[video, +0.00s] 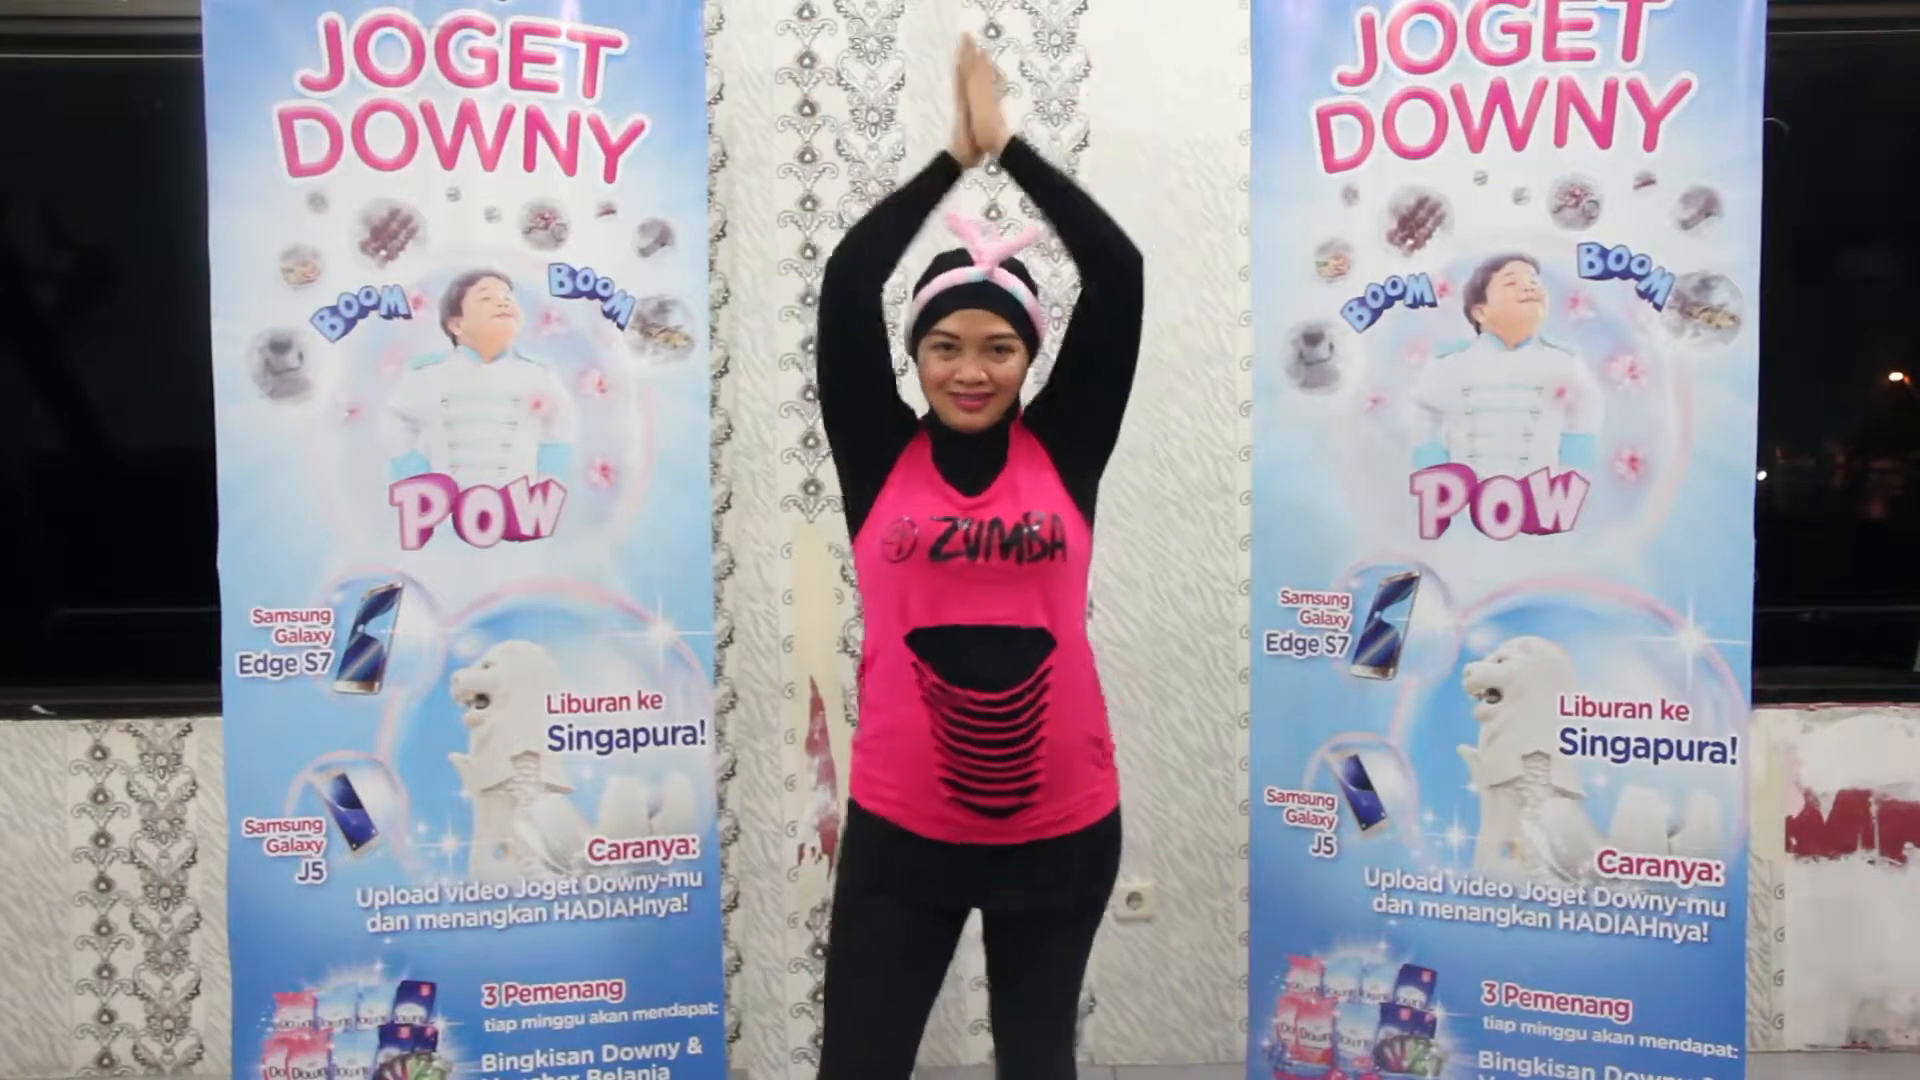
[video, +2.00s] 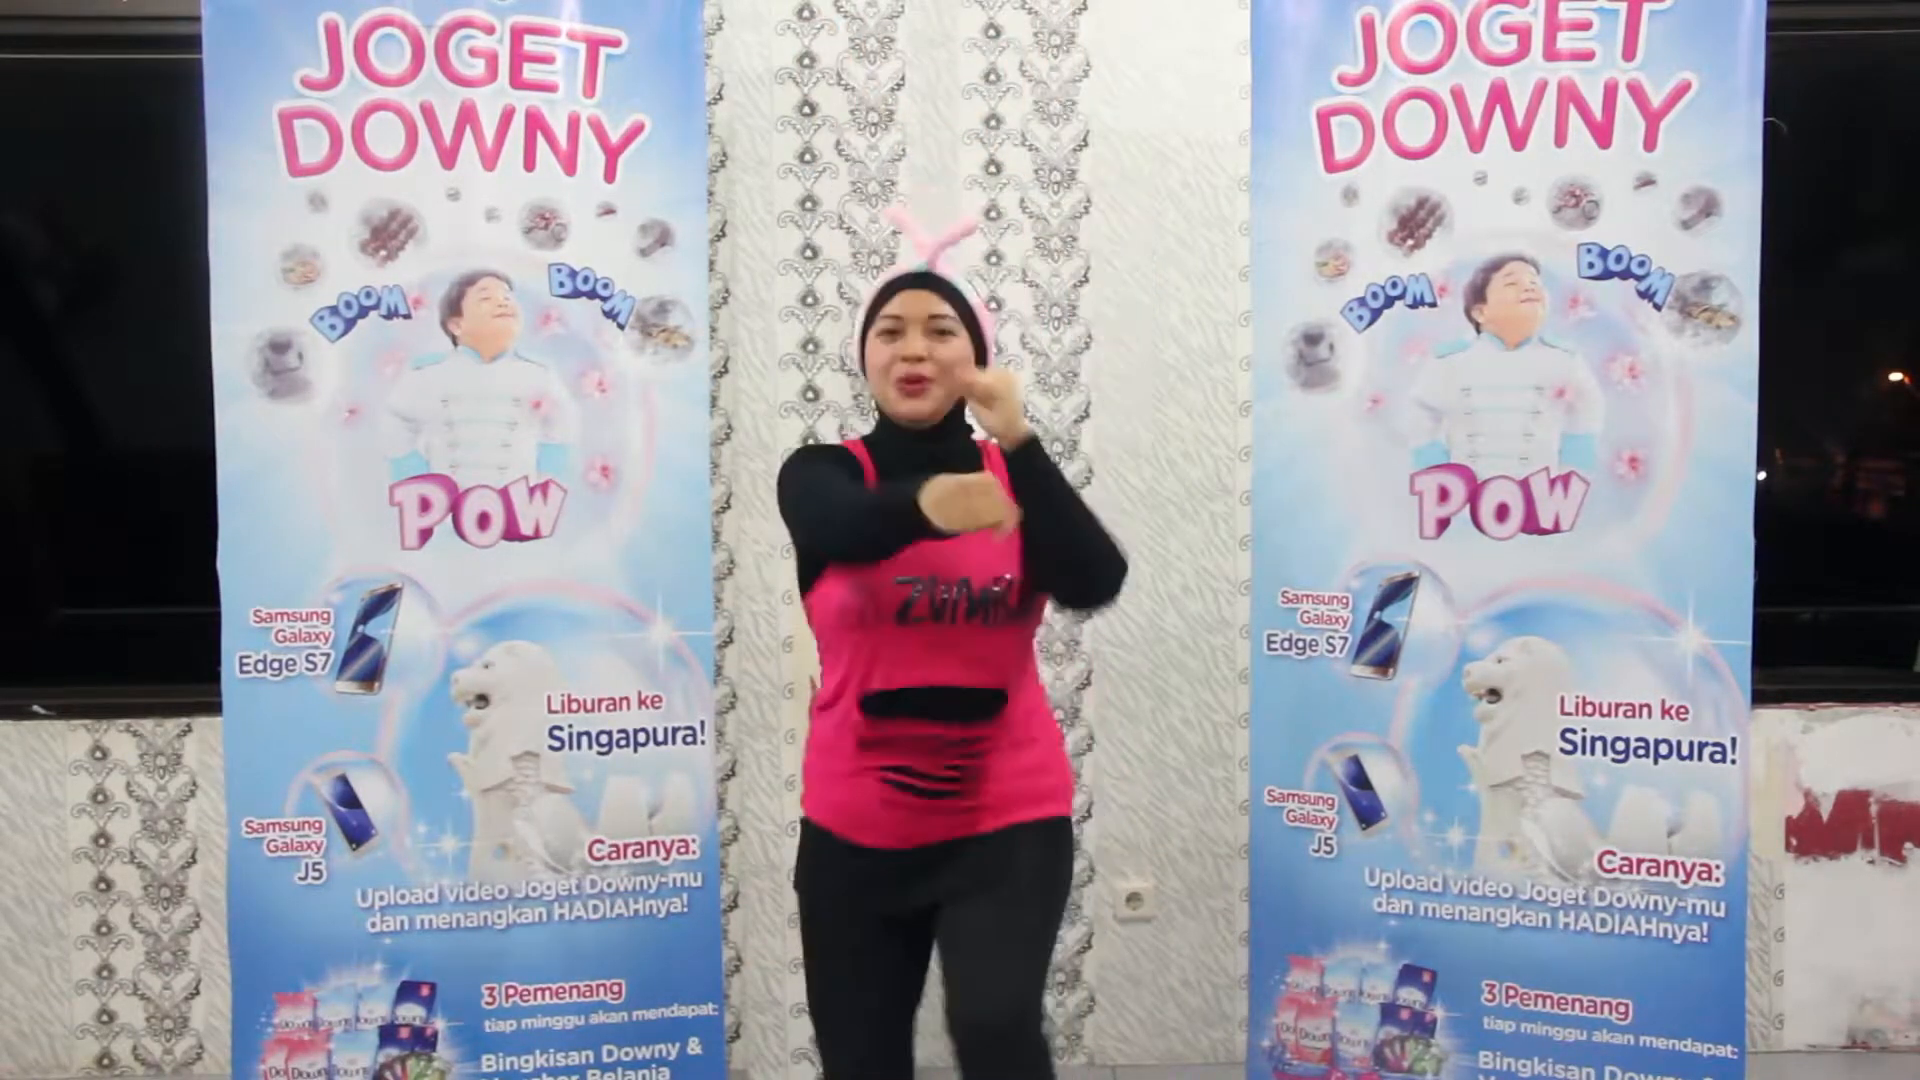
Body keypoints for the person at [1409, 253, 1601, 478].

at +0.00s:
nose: (1528, 286)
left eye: (1534, 281)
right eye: (1510, 282)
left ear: (1545, 299)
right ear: (1479, 311)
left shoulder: (1564, 364)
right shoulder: (1446, 366)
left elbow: (1581, 432)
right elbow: (1419, 419)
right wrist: (1434, 480)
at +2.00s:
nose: (1528, 286)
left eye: (1534, 281)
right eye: (1510, 283)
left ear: (1545, 300)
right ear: (1479, 311)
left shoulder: (1564, 363)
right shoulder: (1445, 366)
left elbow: (1583, 425)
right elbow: (1417, 420)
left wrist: (1567, 487)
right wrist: (1435, 479)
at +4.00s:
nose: (1529, 287)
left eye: (1535, 281)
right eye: (1511, 283)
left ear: (1545, 298)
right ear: (1479, 312)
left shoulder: (1565, 363)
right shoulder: (1447, 365)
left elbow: (1584, 425)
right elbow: (1414, 417)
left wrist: (1565, 488)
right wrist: (1436, 477)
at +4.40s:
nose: (1528, 286)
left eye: (1534, 281)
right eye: (1510, 283)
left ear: (1545, 299)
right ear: (1479, 311)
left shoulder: (1564, 364)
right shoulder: (1446, 366)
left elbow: (1583, 425)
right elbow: (1415, 416)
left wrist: (1566, 484)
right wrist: (1436, 476)